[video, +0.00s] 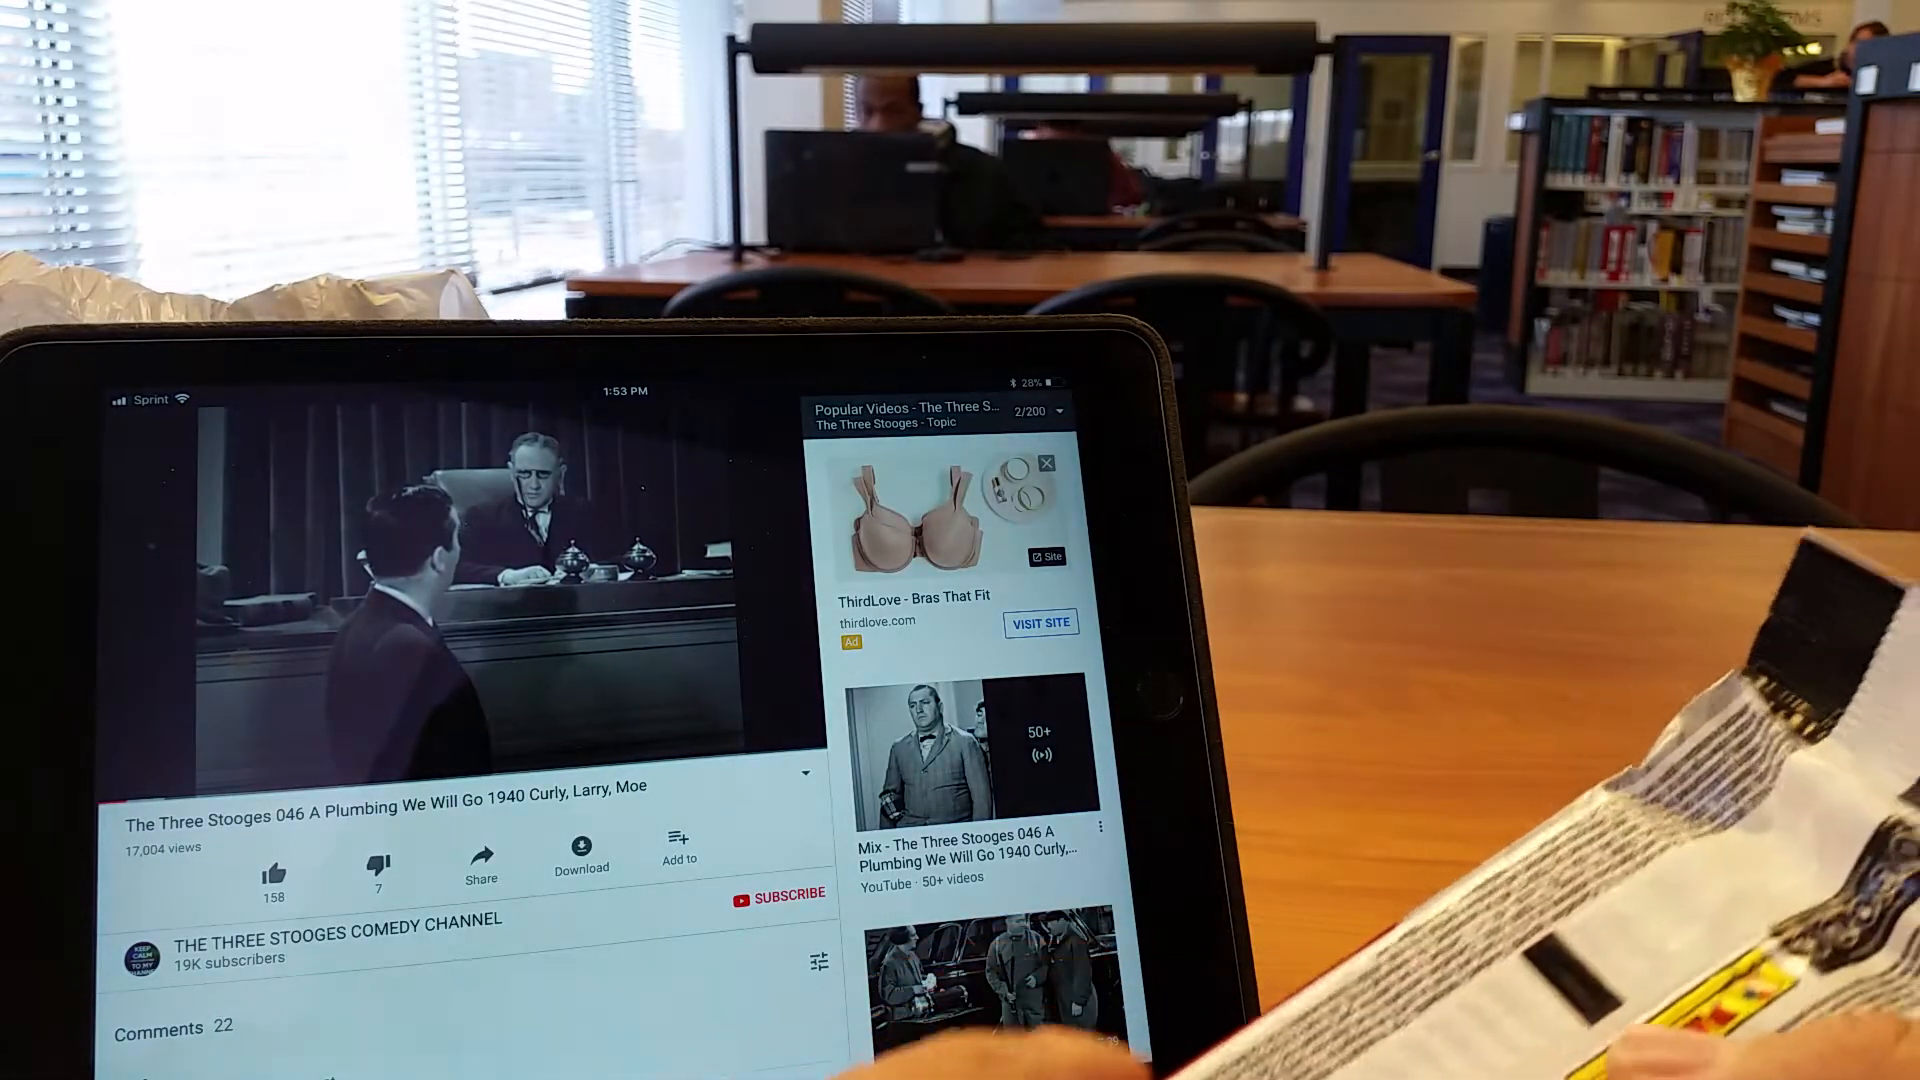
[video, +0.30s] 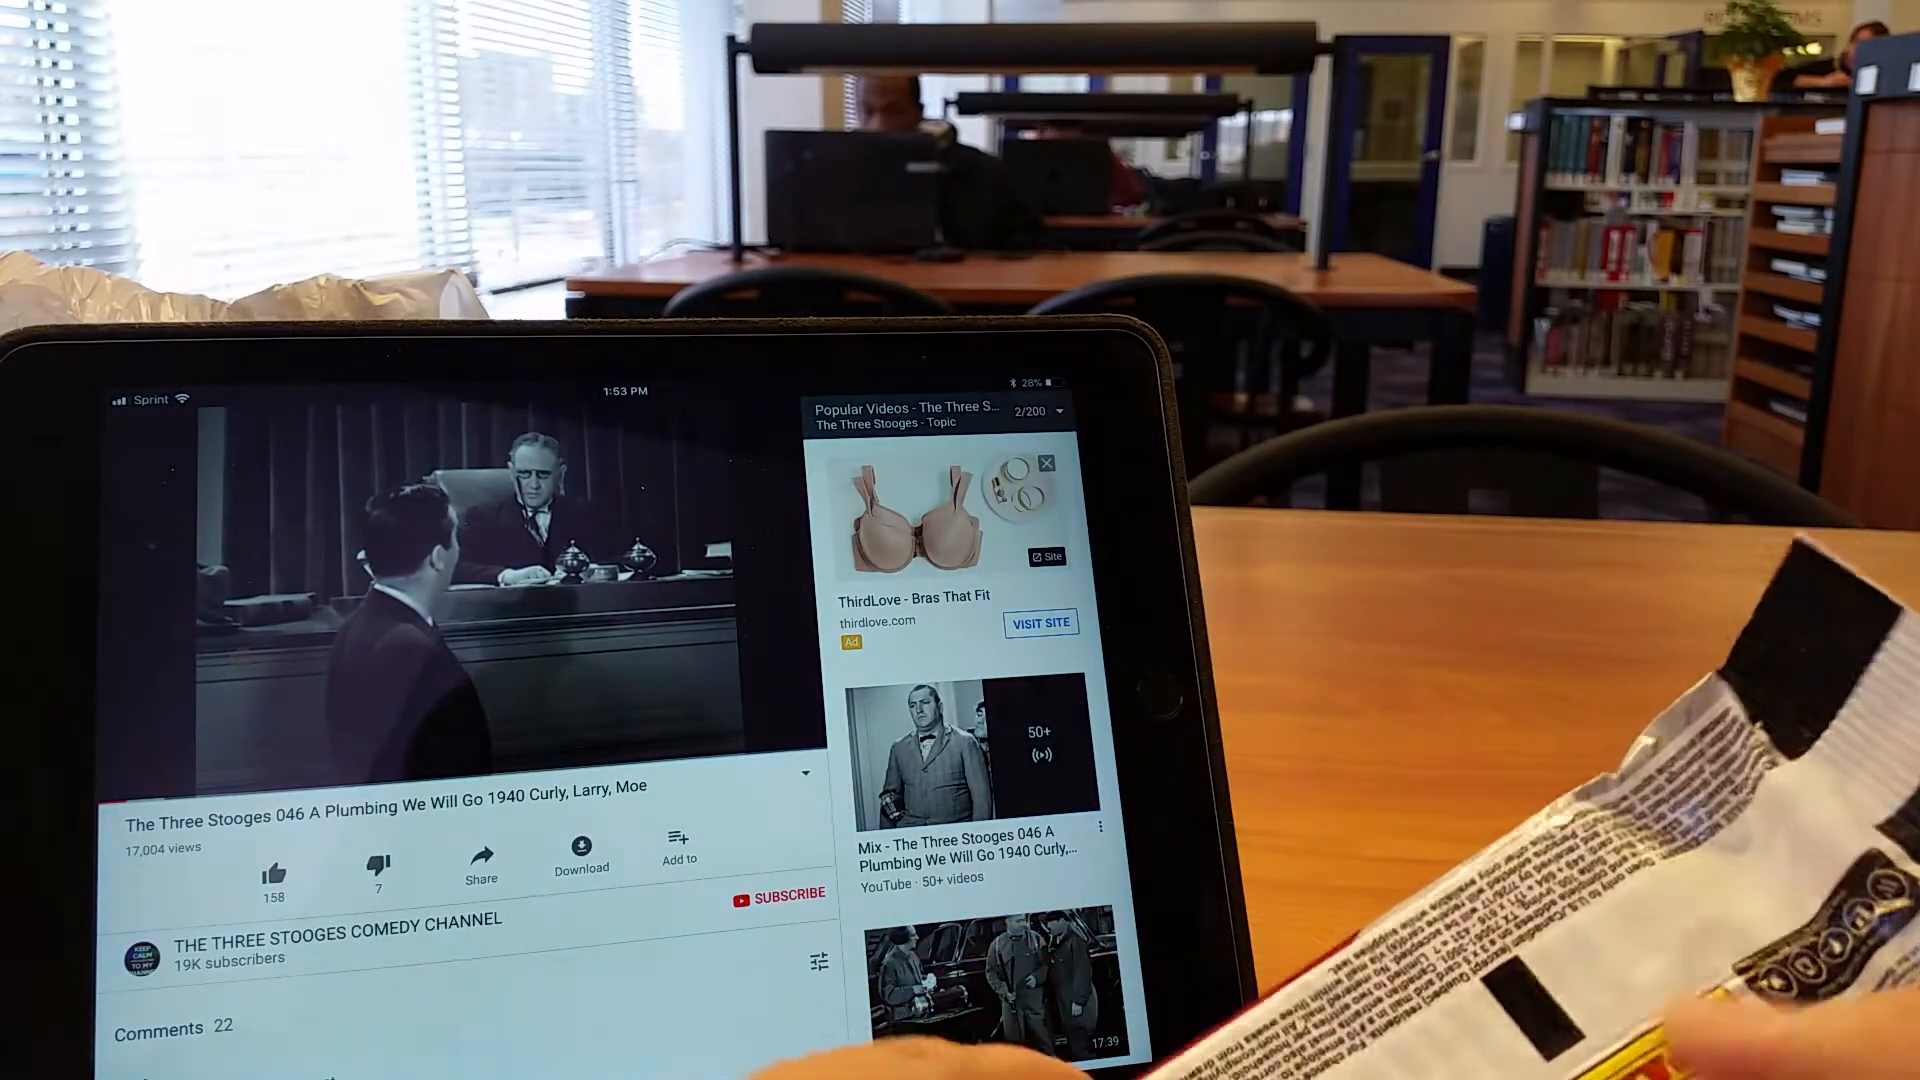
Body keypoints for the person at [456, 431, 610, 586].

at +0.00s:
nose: (533, 484)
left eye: (543, 475)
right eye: (524, 474)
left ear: (561, 473)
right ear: (512, 472)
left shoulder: (583, 515)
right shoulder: (483, 518)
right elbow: (456, 568)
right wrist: (504, 576)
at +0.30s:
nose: (533, 484)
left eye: (543, 475)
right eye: (524, 474)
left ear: (561, 472)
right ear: (511, 470)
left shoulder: (584, 515)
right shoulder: (483, 519)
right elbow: (455, 568)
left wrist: (591, 569)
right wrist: (505, 576)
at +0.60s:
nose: (533, 485)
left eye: (543, 475)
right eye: (524, 474)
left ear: (560, 473)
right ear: (511, 470)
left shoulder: (585, 515)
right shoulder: (484, 519)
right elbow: (454, 569)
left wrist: (597, 569)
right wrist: (504, 576)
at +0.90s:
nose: (533, 484)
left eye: (543, 475)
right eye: (524, 474)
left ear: (560, 473)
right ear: (511, 471)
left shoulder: (584, 516)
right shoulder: (484, 518)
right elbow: (453, 568)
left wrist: (592, 568)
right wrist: (504, 576)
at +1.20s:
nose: (533, 484)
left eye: (543, 475)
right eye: (524, 474)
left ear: (561, 473)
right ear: (511, 471)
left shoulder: (584, 515)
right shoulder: (486, 518)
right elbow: (458, 566)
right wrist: (504, 575)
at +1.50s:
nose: (533, 485)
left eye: (543, 475)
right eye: (525, 474)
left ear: (561, 474)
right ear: (511, 471)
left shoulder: (585, 515)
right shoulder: (484, 518)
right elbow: (458, 569)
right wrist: (504, 576)